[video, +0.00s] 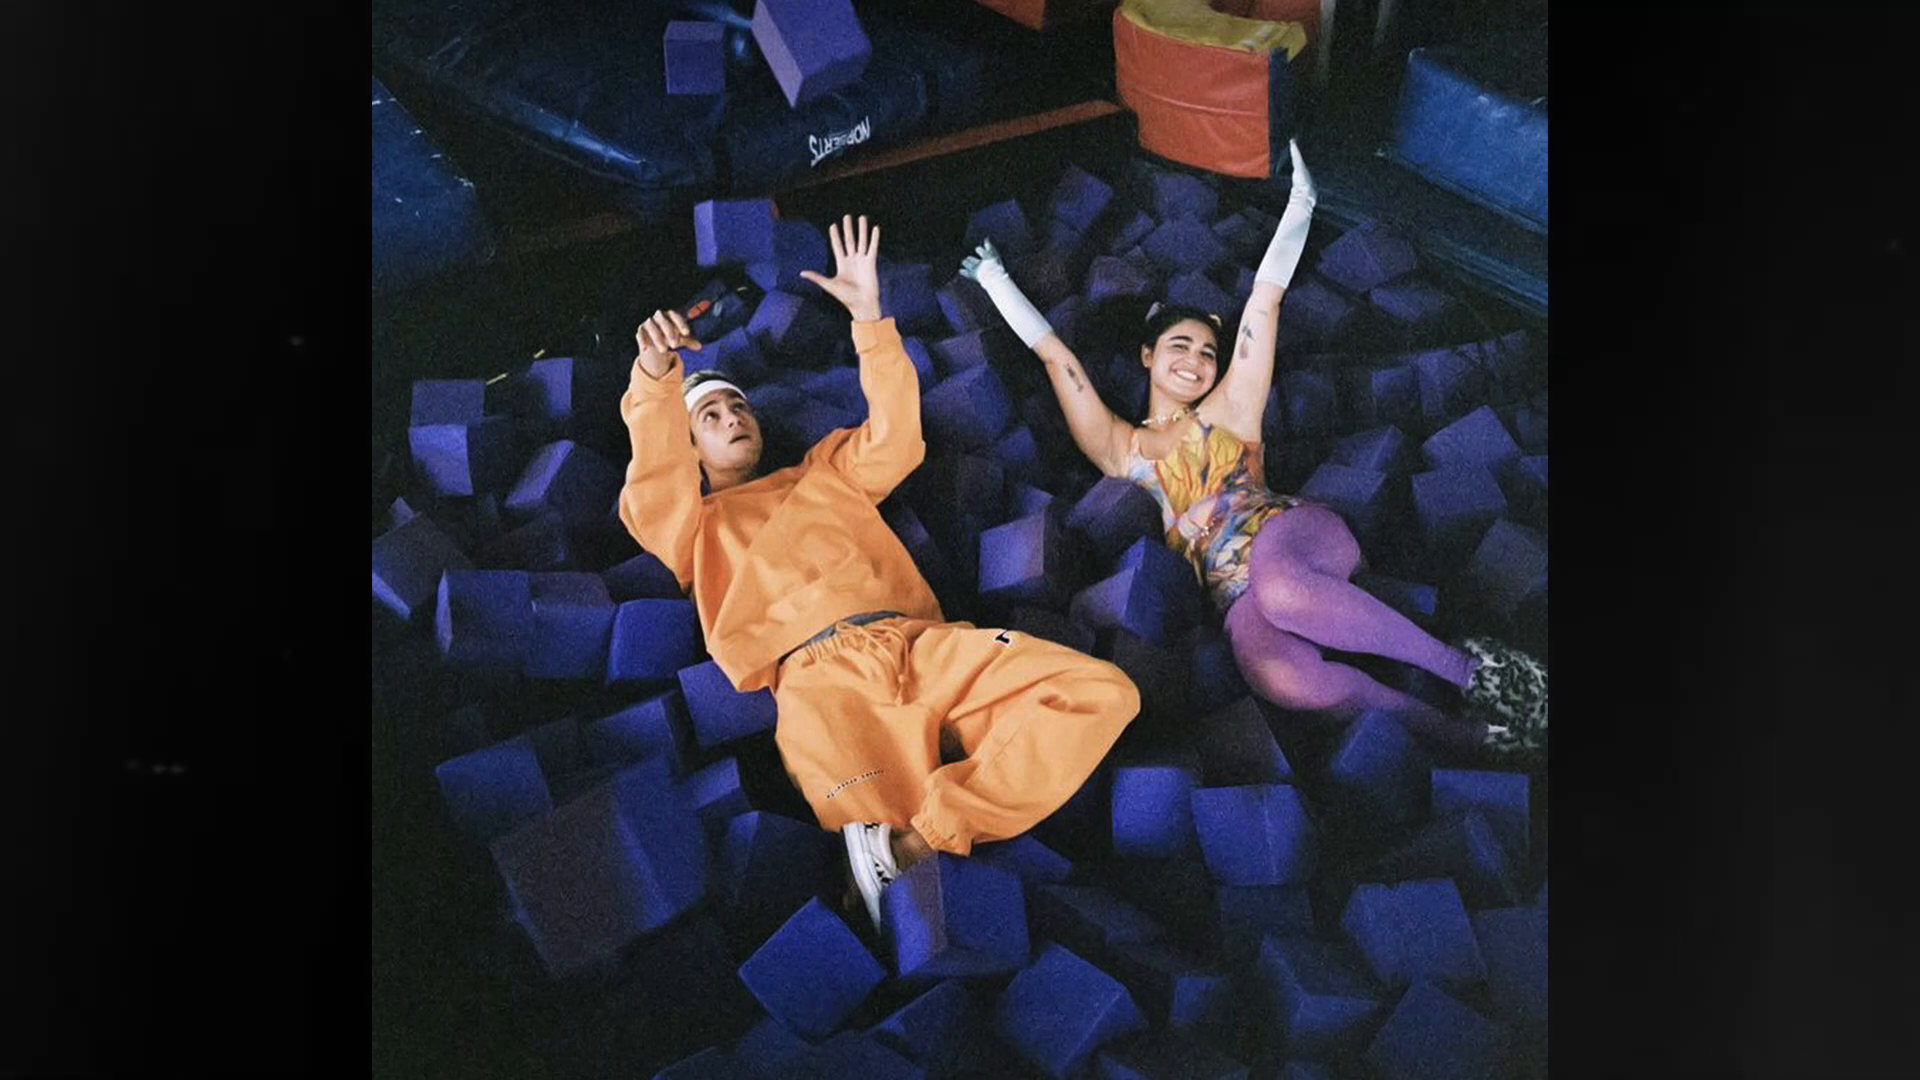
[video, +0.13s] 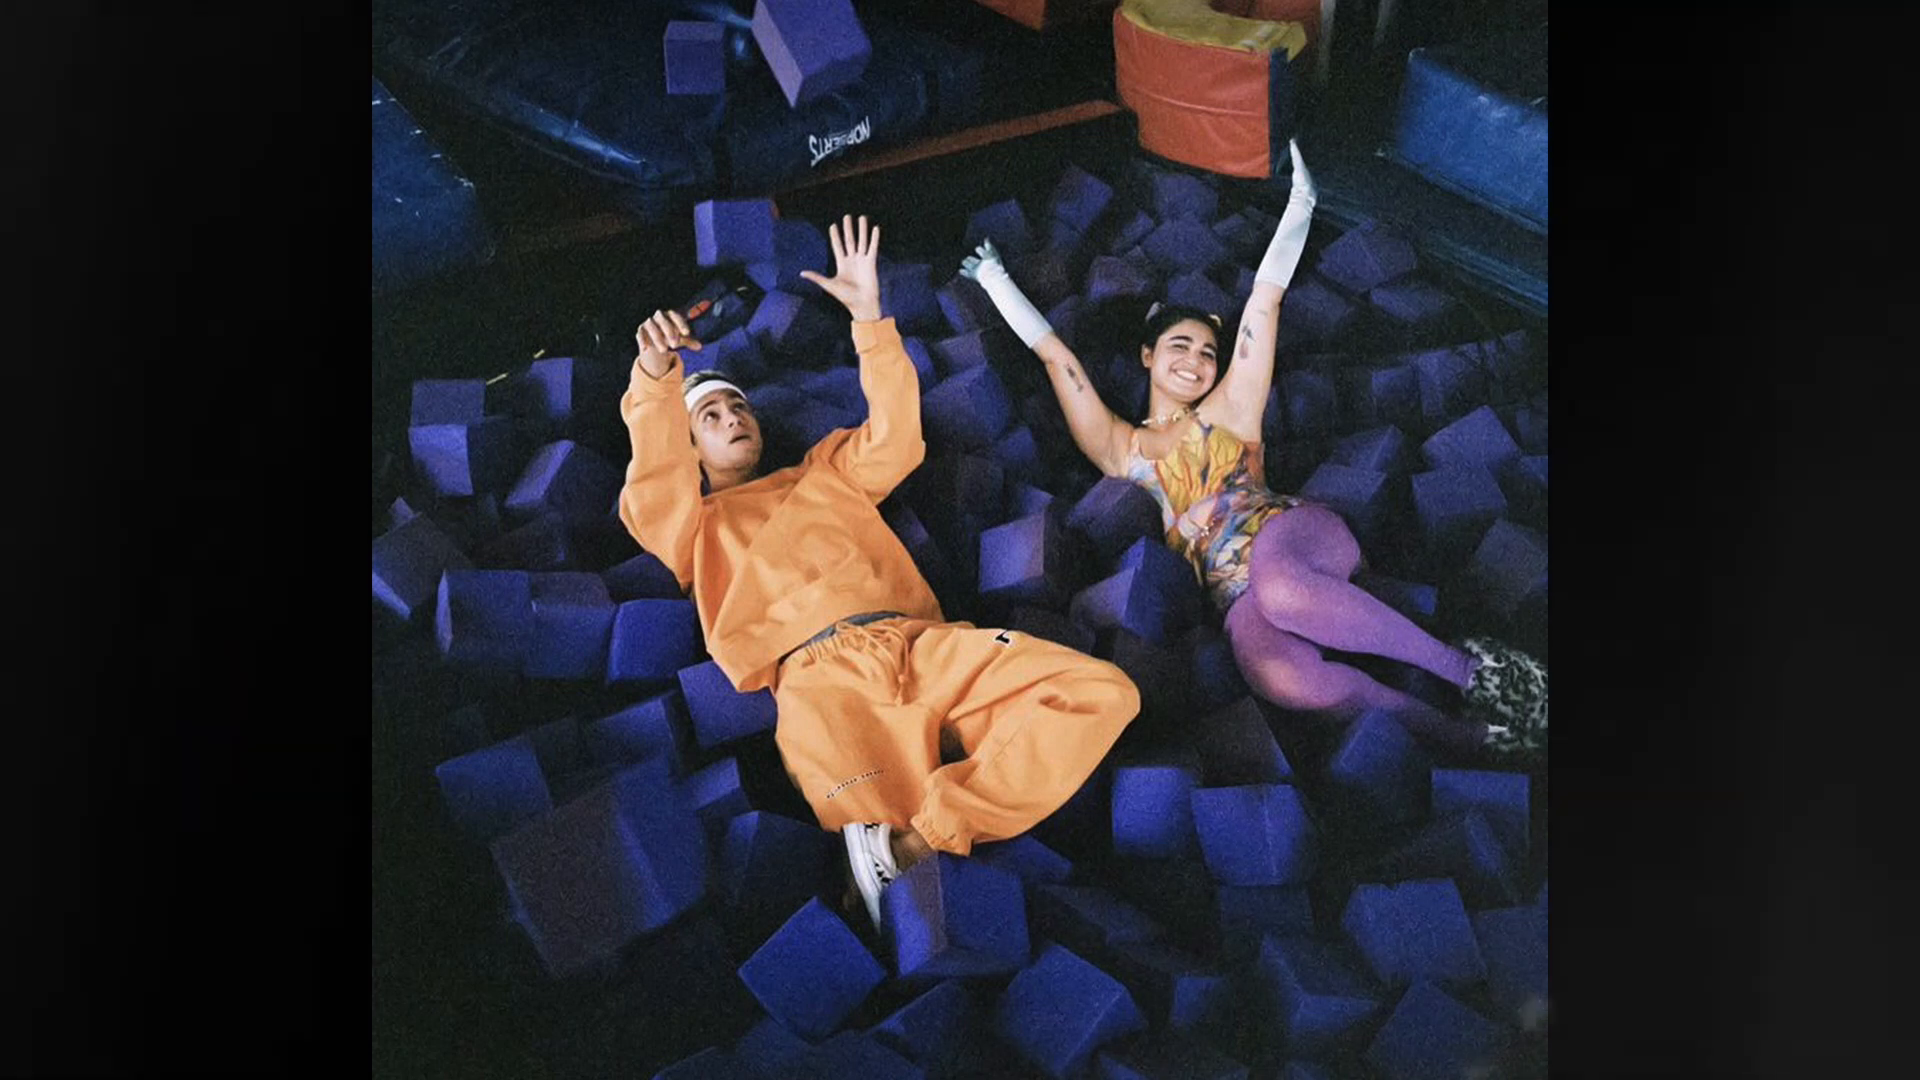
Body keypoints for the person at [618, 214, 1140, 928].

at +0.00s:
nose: (730, 418)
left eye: (738, 407)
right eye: (709, 415)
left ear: (761, 426)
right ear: (688, 449)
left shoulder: (827, 468)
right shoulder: (696, 525)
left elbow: (895, 435)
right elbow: (654, 477)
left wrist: (868, 317)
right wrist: (655, 373)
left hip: (917, 640)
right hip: (819, 673)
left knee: (1094, 693)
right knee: (880, 826)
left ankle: (915, 841)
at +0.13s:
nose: (730, 418)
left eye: (738, 407)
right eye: (709, 415)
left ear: (761, 426)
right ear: (688, 449)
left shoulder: (827, 468)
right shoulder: (696, 525)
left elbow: (895, 435)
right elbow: (654, 477)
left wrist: (868, 317)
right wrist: (655, 374)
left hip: (917, 640)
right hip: (819, 673)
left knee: (1094, 693)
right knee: (880, 826)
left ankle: (915, 841)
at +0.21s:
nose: (730, 418)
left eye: (738, 407)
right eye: (709, 415)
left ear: (761, 426)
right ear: (688, 449)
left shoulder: (827, 468)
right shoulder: (696, 525)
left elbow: (895, 435)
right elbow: (654, 477)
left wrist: (868, 317)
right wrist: (655, 374)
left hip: (917, 640)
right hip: (819, 673)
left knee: (1094, 693)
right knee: (880, 826)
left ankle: (915, 841)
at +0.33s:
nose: (730, 418)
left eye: (738, 407)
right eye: (709, 415)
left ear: (761, 426)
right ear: (688, 449)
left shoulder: (827, 468)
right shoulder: (696, 525)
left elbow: (895, 435)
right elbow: (654, 477)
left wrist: (868, 317)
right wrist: (655, 374)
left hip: (917, 640)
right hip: (819, 673)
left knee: (1094, 693)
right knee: (880, 826)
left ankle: (915, 841)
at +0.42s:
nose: (730, 418)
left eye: (738, 407)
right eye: (709, 415)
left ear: (761, 426)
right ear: (688, 449)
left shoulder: (827, 468)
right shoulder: (696, 525)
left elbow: (895, 435)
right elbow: (654, 477)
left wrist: (868, 317)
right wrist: (655, 374)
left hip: (917, 640)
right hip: (819, 673)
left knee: (1094, 693)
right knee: (880, 826)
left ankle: (915, 841)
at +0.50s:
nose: (730, 418)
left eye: (738, 407)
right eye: (709, 415)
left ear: (761, 426)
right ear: (688, 449)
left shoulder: (827, 468)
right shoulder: (696, 525)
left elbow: (895, 435)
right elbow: (654, 477)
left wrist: (868, 317)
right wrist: (655, 374)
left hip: (917, 640)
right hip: (819, 673)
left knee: (1094, 693)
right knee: (880, 826)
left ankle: (915, 841)